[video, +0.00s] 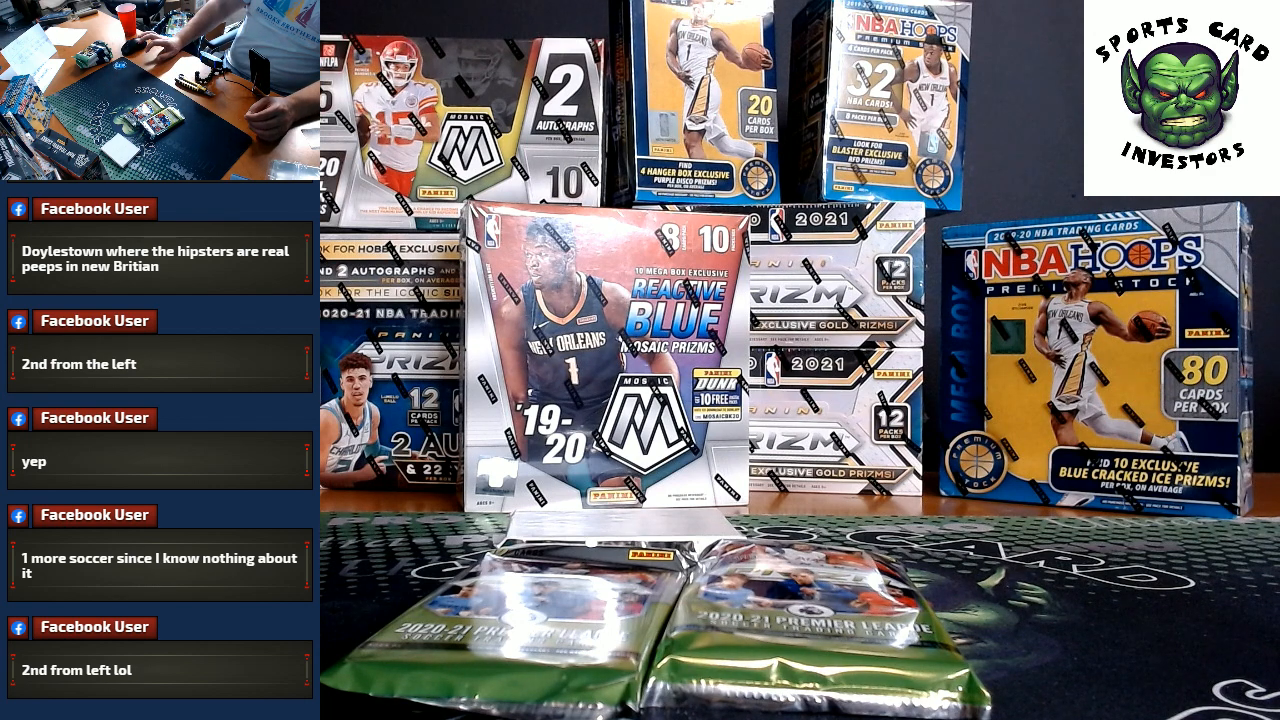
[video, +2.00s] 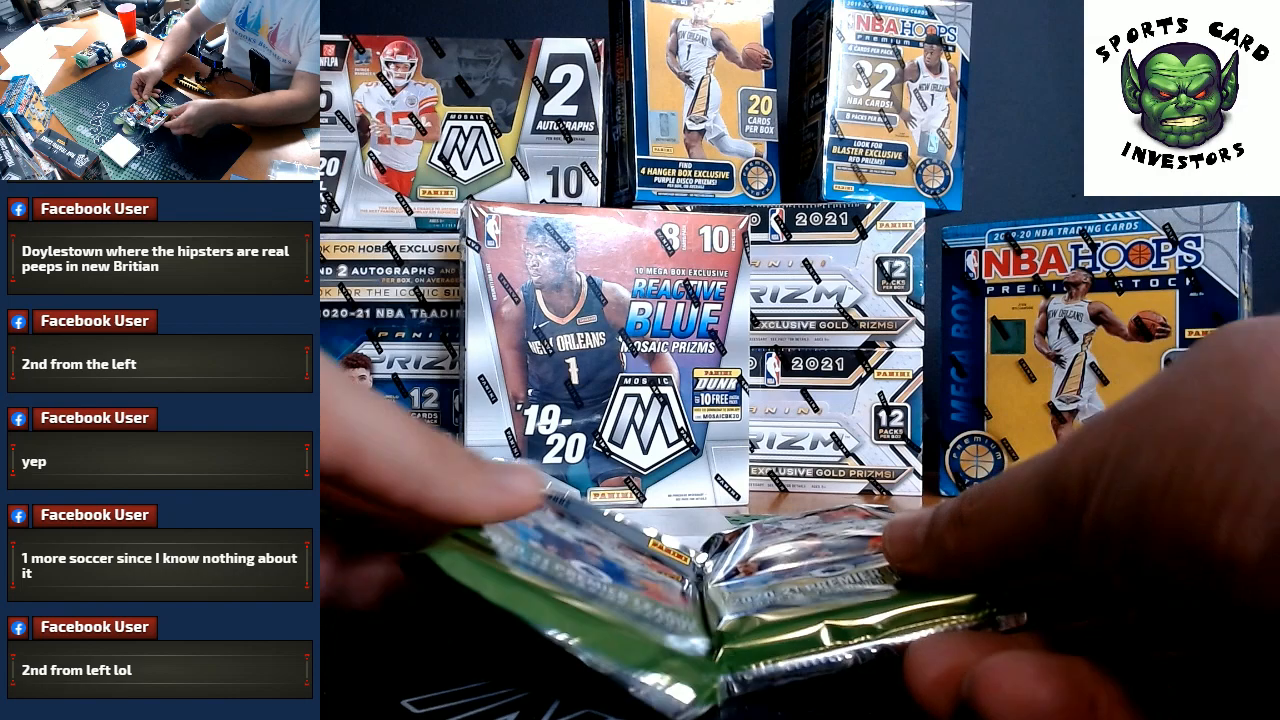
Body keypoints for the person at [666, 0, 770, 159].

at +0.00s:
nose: (697, 9)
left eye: (702, 6)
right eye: (694, 5)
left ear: (711, 12)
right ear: (691, 8)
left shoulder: (715, 34)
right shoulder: (678, 25)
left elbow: (739, 60)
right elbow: (670, 53)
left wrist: (764, 63)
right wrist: (678, 72)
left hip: (705, 87)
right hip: (692, 88)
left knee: (692, 141)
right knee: (725, 145)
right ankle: (767, 158)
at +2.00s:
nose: (697, 9)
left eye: (702, 6)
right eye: (695, 5)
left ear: (711, 11)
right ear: (691, 8)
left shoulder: (715, 34)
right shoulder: (678, 24)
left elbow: (739, 59)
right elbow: (670, 54)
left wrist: (764, 62)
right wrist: (678, 72)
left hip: (705, 87)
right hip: (692, 88)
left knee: (692, 141)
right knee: (725, 145)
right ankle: (765, 157)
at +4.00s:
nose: (693, 11)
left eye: (696, 7)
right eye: (688, 6)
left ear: (702, 8)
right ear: (683, 7)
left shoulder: (712, 30)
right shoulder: (679, 24)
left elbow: (734, 54)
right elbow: (671, 51)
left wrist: (757, 58)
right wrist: (678, 69)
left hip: (707, 85)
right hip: (692, 85)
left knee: (692, 138)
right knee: (723, 142)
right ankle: (757, 152)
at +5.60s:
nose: (694, 11)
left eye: (697, 8)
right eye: (689, 7)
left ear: (703, 8)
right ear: (684, 6)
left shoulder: (712, 31)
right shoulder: (679, 25)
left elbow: (734, 54)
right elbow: (671, 53)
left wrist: (757, 59)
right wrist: (678, 70)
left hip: (706, 84)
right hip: (692, 85)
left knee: (692, 138)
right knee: (724, 142)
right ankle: (757, 152)